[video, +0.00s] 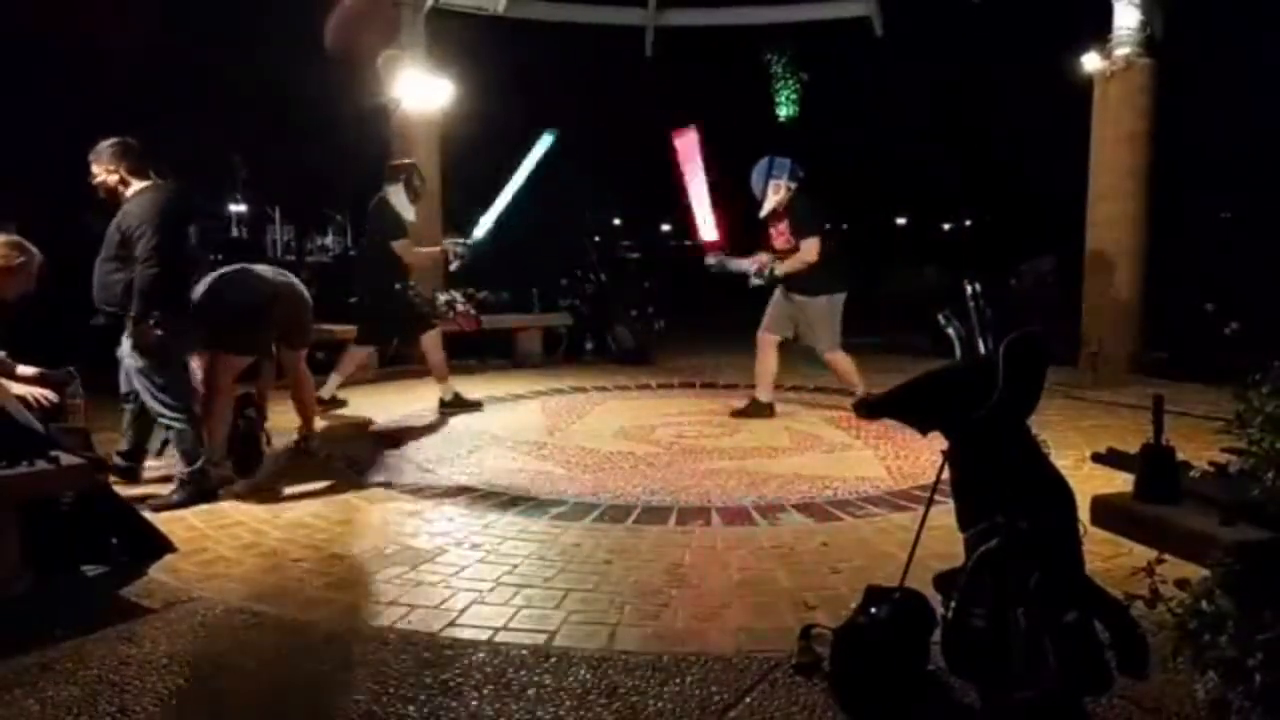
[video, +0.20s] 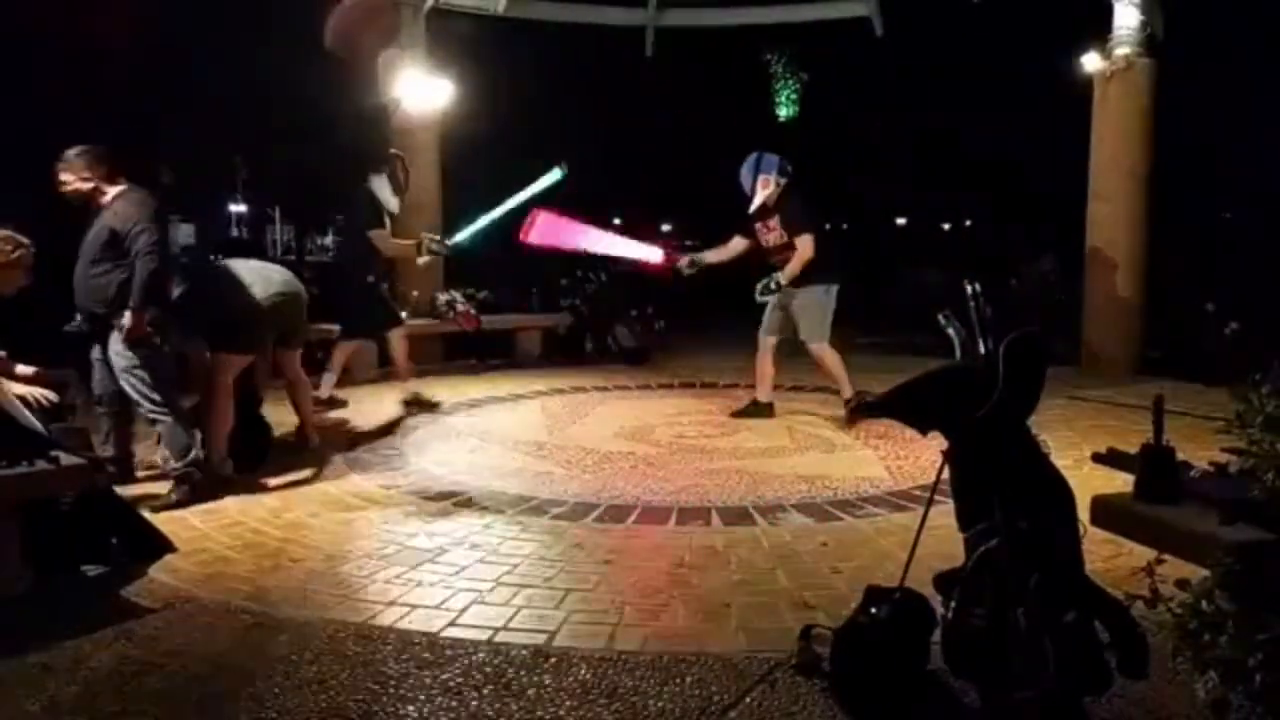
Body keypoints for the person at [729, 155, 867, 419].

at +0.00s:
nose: (767, 195)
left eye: (771, 188)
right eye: (765, 189)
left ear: (783, 186)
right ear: (765, 187)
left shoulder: (804, 209)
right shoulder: (773, 213)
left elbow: (810, 254)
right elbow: (776, 253)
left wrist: (777, 268)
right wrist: (746, 263)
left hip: (822, 292)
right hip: (789, 289)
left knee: (829, 352)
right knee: (767, 338)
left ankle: (862, 394)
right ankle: (763, 401)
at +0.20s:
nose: (758, 187)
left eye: (763, 180)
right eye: (756, 181)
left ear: (776, 180)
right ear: (753, 182)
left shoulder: (794, 205)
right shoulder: (758, 215)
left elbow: (806, 250)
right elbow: (733, 247)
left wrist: (780, 278)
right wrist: (700, 259)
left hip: (815, 284)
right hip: (783, 285)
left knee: (816, 344)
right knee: (766, 339)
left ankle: (850, 397)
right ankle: (763, 401)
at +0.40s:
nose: (771, 191)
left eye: (776, 184)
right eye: (767, 185)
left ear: (788, 182)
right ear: (760, 184)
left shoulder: (804, 208)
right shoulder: (763, 215)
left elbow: (821, 252)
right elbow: (747, 250)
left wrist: (797, 279)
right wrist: (718, 276)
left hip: (816, 285)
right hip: (783, 285)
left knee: (816, 345)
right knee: (763, 340)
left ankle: (845, 412)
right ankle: (761, 401)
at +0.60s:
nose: (795, 189)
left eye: (800, 181)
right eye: (790, 182)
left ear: (812, 178)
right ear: (785, 181)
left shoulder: (828, 206)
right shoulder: (788, 210)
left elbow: (842, 252)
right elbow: (786, 253)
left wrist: (811, 282)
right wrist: (773, 291)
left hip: (832, 284)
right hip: (798, 284)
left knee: (821, 347)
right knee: (783, 343)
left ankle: (846, 414)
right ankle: (769, 399)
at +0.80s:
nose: (810, 175)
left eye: (816, 168)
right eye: (806, 168)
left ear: (829, 167)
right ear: (801, 168)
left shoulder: (842, 197)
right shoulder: (805, 202)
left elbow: (861, 241)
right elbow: (806, 245)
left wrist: (838, 278)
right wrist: (799, 282)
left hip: (851, 281)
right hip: (818, 281)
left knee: (840, 345)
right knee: (801, 335)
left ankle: (847, 413)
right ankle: (813, 399)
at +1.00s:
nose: (822, 180)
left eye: (828, 173)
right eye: (818, 174)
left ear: (840, 172)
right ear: (813, 174)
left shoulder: (855, 203)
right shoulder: (817, 206)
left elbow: (879, 244)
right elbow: (814, 248)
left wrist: (877, 288)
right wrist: (801, 282)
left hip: (849, 287)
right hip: (823, 289)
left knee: (844, 347)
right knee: (827, 349)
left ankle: (848, 413)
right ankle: (838, 409)